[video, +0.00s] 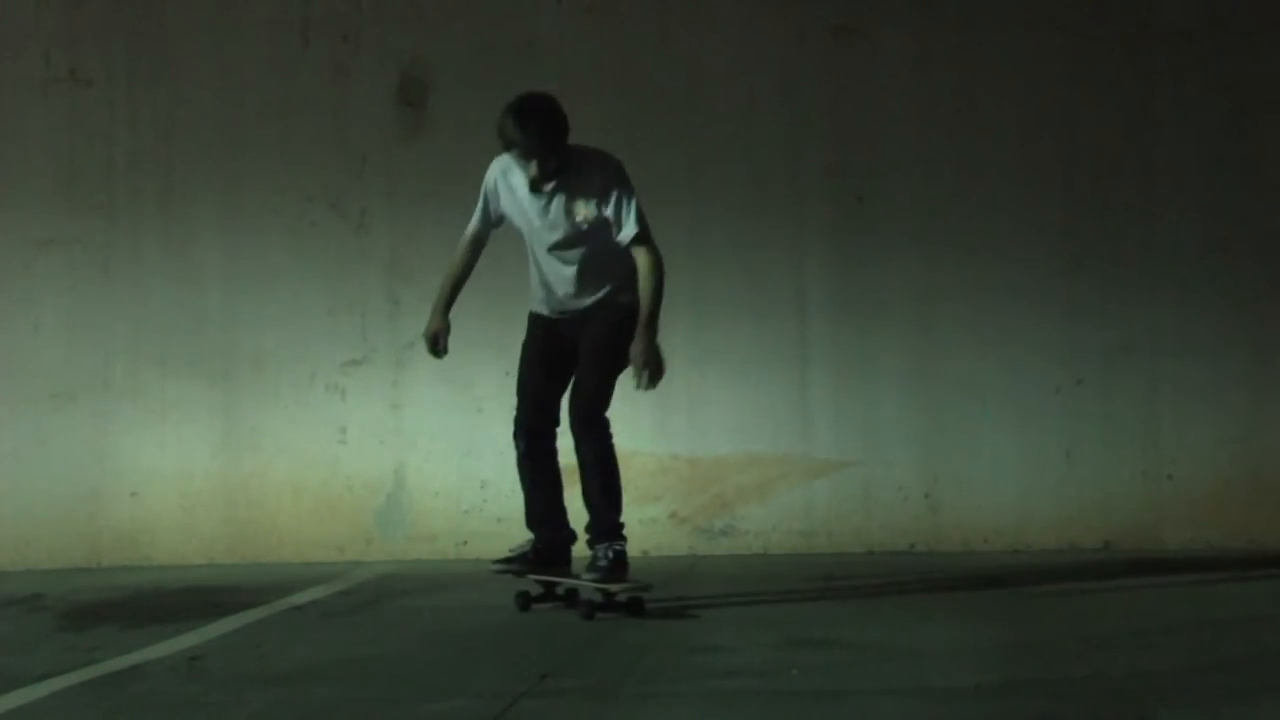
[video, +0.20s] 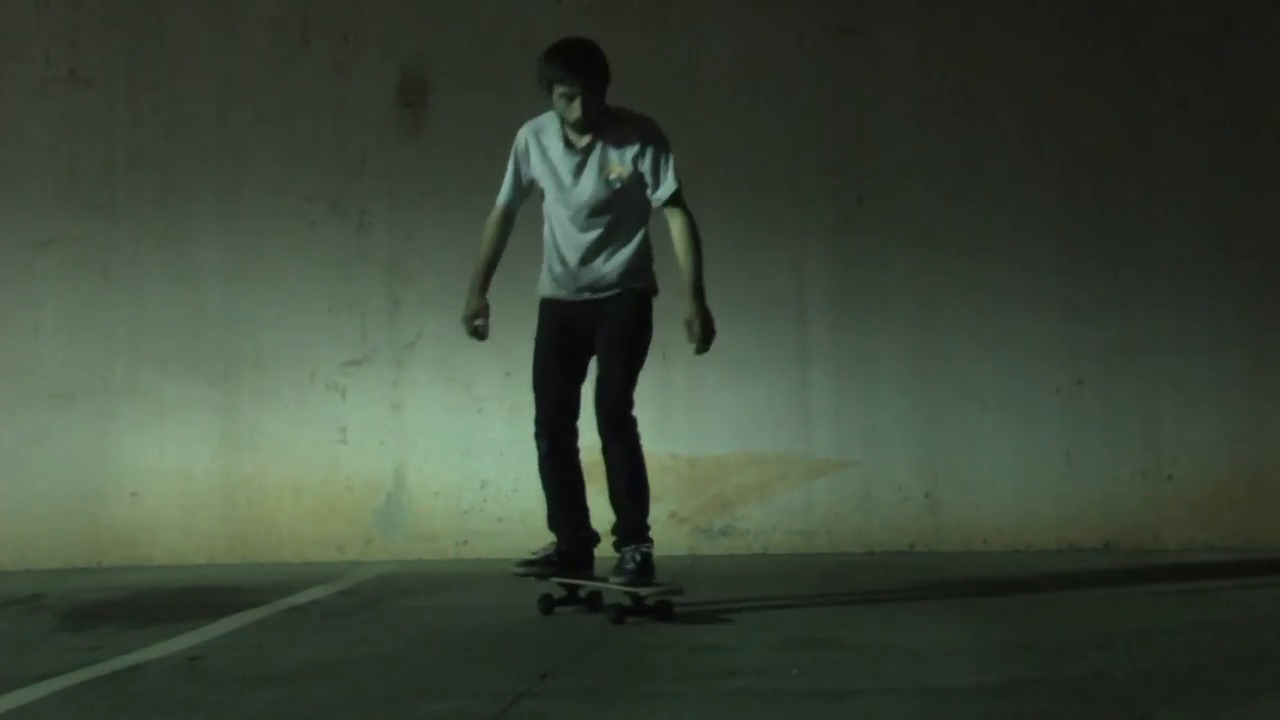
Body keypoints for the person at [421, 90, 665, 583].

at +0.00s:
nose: (535, 168)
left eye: (543, 155)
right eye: (524, 157)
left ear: (562, 144)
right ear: (511, 150)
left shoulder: (601, 174)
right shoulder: (502, 174)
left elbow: (644, 251)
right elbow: (473, 239)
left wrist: (647, 334)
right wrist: (439, 310)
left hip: (607, 313)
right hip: (549, 316)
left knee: (587, 417)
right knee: (531, 426)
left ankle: (607, 544)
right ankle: (549, 543)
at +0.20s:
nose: (578, 110)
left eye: (588, 96)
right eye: (566, 97)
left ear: (603, 92)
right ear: (549, 94)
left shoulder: (637, 139)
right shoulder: (532, 139)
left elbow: (676, 215)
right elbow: (503, 211)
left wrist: (696, 300)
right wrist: (477, 291)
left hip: (623, 299)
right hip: (560, 301)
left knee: (612, 413)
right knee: (552, 425)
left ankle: (633, 544)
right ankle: (571, 546)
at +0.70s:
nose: (686, 41)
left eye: (696, 30)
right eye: (674, 29)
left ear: (705, 35)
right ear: (650, 32)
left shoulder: (724, 104)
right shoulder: (612, 98)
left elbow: (749, 199)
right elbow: (583, 185)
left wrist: (771, 286)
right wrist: (587, 267)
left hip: (699, 287)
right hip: (628, 288)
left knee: (699, 423)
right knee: (622, 429)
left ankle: (700, 551)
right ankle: (629, 554)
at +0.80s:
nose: (705, 36)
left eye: (715, 25)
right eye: (694, 23)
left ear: (725, 32)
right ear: (669, 28)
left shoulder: (743, 103)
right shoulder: (629, 95)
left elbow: (767, 198)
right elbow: (601, 183)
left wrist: (788, 288)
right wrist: (603, 270)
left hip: (717, 288)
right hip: (645, 288)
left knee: (718, 425)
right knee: (639, 426)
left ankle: (716, 553)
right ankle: (642, 554)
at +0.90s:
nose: (724, 33)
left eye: (735, 21)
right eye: (713, 19)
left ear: (745, 28)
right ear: (687, 24)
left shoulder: (761, 101)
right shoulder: (646, 92)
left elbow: (785, 196)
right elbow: (618, 179)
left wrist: (806, 286)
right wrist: (618, 269)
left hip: (735, 287)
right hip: (661, 287)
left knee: (738, 425)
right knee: (656, 427)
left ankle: (736, 554)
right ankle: (659, 556)